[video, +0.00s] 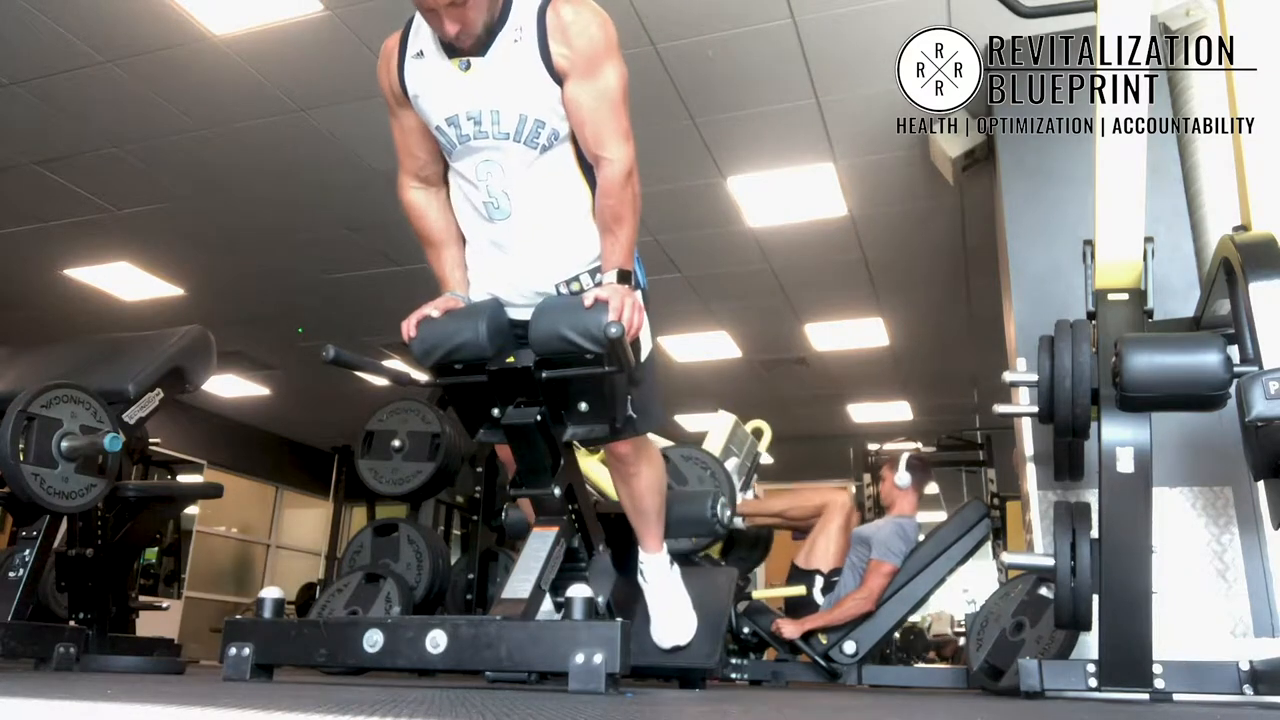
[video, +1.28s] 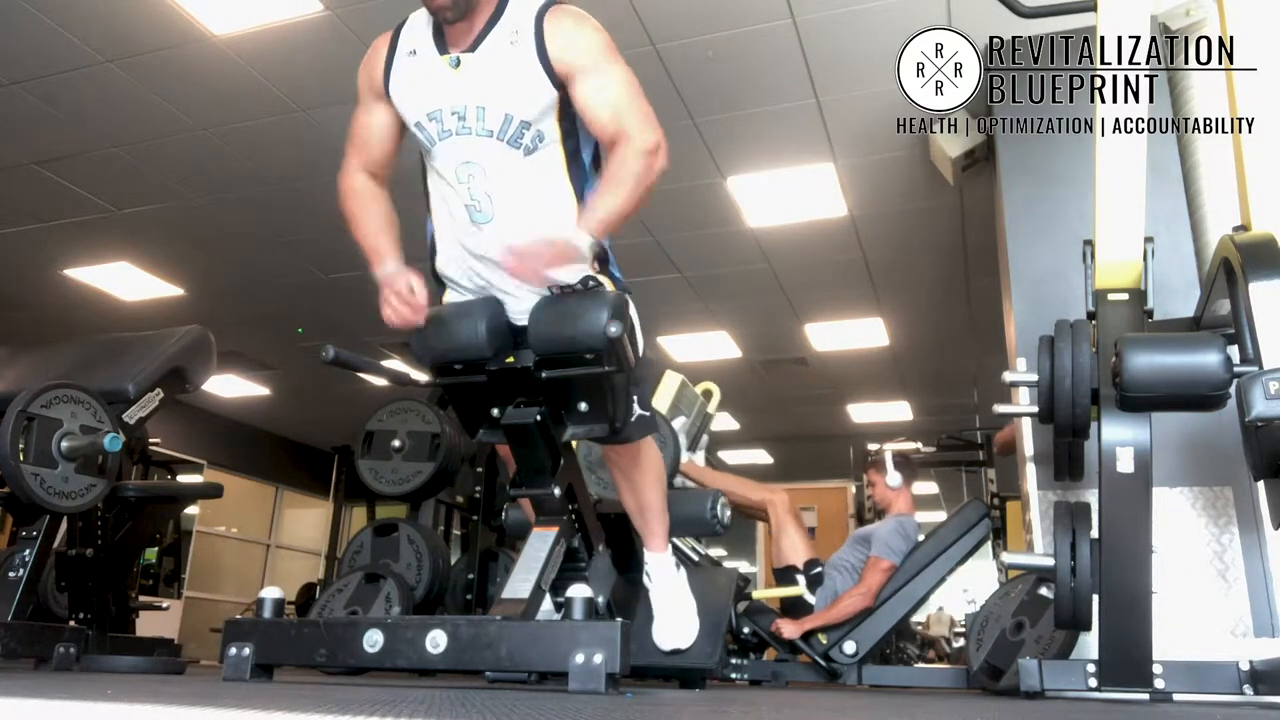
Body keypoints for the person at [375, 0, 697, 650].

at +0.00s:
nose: (444, 23)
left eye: (456, 6)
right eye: (430, 10)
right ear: (414, 5)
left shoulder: (571, 25)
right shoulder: (402, 57)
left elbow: (614, 161)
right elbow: (421, 180)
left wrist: (617, 277)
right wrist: (453, 289)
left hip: (587, 278)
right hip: (489, 292)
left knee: (625, 437)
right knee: (511, 442)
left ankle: (655, 565)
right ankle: (551, 548)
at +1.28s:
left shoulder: (559, 30)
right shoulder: (388, 58)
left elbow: (642, 143)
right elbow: (363, 173)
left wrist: (583, 235)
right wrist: (389, 267)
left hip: (572, 288)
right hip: (472, 297)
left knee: (621, 418)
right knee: (503, 430)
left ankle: (658, 562)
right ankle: (546, 536)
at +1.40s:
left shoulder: (556, 25)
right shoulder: (386, 52)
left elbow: (599, 128)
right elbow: (333, 157)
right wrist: (375, 199)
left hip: (573, 286)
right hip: (471, 295)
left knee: (624, 421)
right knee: (508, 435)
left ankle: (659, 561)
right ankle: (546, 538)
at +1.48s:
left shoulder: (551, 17)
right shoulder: (383, 48)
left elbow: (560, 110)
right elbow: (325, 155)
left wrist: (449, 115)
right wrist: (388, 138)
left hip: (572, 283)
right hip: (471, 299)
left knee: (626, 423)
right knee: (509, 440)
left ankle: (659, 561)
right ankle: (545, 543)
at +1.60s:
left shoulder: (553, 10)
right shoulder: (394, 40)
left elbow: (493, 83)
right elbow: (327, 114)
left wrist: (387, 60)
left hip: (577, 284)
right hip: (476, 302)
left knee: (627, 423)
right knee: (514, 443)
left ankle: (659, 559)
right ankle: (545, 548)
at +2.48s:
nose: (364, 12)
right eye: (353, 2)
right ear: (344, 10)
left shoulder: (513, 41)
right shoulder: (349, 70)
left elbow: (454, 155)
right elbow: (285, 184)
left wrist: (337, 111)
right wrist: (394, 82)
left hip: (575, 291)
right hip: (475, 307)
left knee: (628, 422)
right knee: (519, 443)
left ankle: (660, 563)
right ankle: (553, 541)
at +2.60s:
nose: (345, 72)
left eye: (361, 44)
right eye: (327, 53)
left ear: (411, 18)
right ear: (315, 46)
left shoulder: (497, 83)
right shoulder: (318, 125)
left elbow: (453, 231)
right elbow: (284, 264)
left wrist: (332, 178)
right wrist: (386, 154)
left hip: (572, 292)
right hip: (469, 310)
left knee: (626, 414)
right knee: (507, 440)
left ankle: (660, 565)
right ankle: (553, 537)